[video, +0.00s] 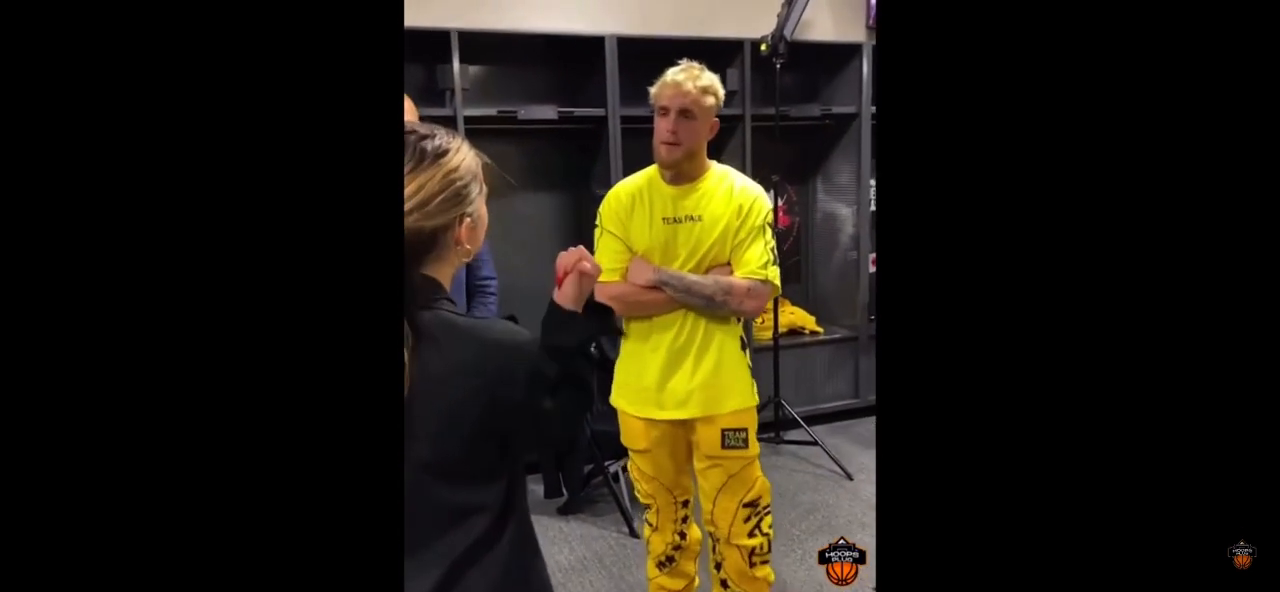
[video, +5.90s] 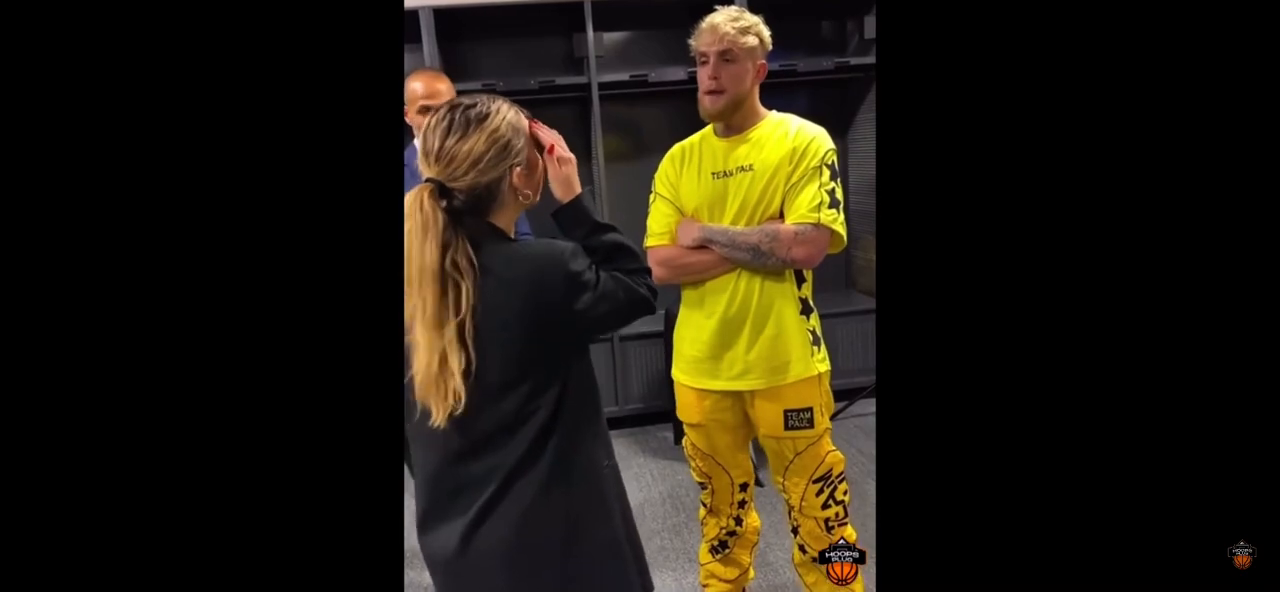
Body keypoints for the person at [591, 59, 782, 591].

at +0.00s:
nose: (668, 128)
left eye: (684, 116)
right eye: (661, 113)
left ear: (713, 126)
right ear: (651, 119)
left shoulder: (746, 198)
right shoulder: (621, 200)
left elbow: (752, 298)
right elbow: (611, 298)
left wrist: (653, 274)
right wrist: (705, 288)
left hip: (722, 390)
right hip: (643, 392)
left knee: (741, 539)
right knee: (665, 541)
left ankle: (745, 585)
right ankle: (670, 587)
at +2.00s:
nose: (690, 113)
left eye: (707, 98)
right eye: (683, 96)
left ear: (738, 108)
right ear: (673, 100)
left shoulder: (775, 182)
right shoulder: (644, 184)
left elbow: (781, 288)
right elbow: (629, 289)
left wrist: (675, 261)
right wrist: (734, 275)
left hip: (750, 389)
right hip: (664, 392)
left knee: (786, 544)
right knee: (687, 548)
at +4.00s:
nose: (719, 86)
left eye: (736, 72)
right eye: (712, 72)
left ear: (768, 82)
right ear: (704, 79)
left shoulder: (808, 153)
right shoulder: (682, 167)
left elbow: (812, 259)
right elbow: (663, 272)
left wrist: (704, 240)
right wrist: (765, 253)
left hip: (789, 369)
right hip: (704, 373)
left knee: (823, 519)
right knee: (725, 524)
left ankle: (839, 584)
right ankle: (731, 585)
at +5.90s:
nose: (708, 73)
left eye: (725, 59)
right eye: (701, 60)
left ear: (759, 69)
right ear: (694, 69)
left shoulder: (805, 142)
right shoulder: (677, 160)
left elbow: (809, 246)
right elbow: (662, 265)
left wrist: (700, 232)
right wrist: (762, 243)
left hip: (786, 363)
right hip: (700, 367)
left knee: (819, 514)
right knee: (720, 516)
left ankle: (836, 583)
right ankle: (722, 585)